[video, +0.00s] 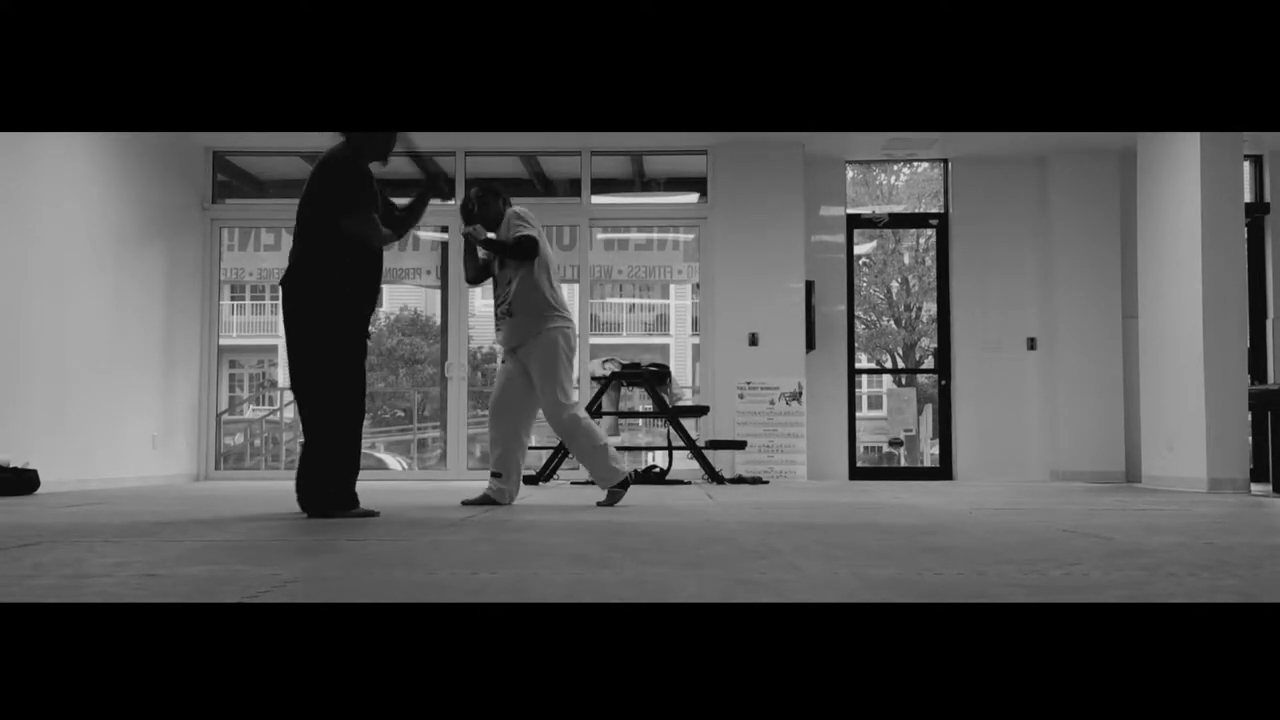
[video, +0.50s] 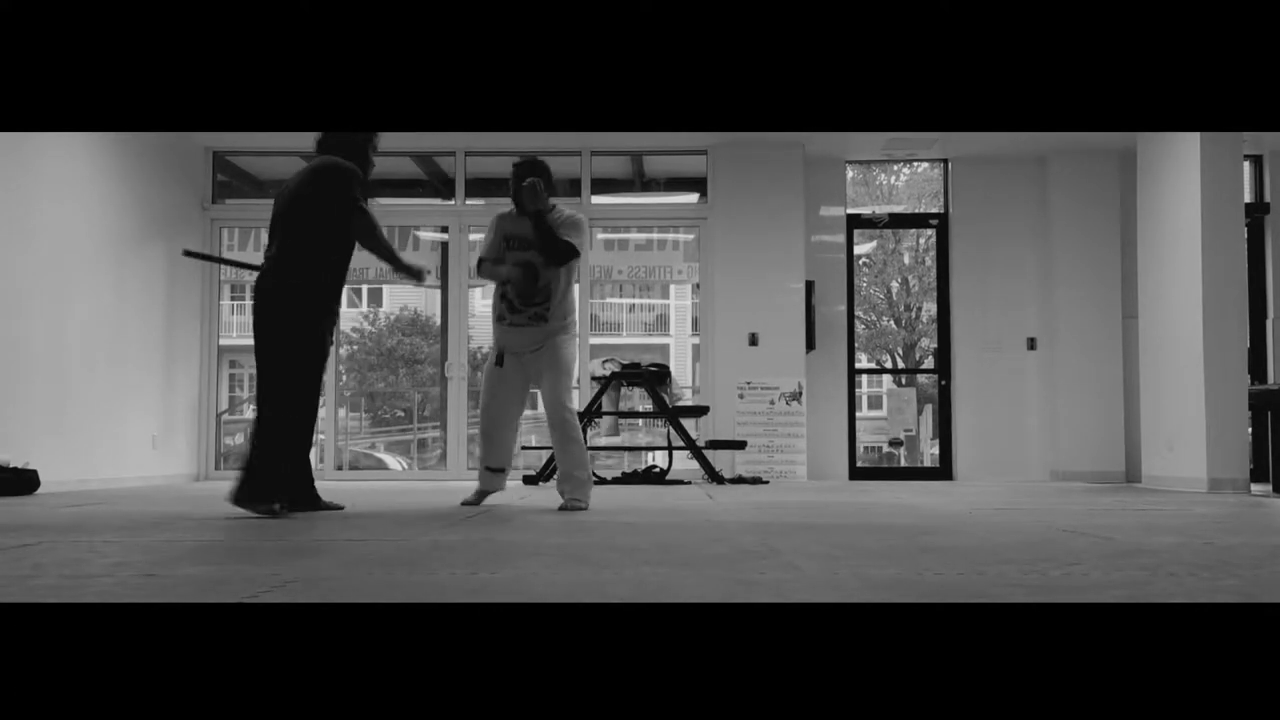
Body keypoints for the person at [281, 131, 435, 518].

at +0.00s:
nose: (393, 146)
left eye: (393, 140)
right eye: (390, 138)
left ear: (364, 135)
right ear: (372, 135)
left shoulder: (355, 171)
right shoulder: (343, 168)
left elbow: (394, 227)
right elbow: (373, 235)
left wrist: (426, 193)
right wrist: (388, 228)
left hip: (339, 305)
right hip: (325, 305)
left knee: (338, 399)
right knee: (334, 399)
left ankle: (328, 497)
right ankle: (329, 499)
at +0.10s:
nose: (388, 144)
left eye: (388, 138)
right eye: (385, 137)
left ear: (353, 137)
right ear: (367, 136)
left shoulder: (344, 169)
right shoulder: (345, 170)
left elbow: (388, 209)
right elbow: (363, 233)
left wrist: (429, 174)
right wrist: (392, 241)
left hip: (317, 305)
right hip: (331, 309)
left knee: (314, 397)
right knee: (343, 398)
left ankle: (306, 494)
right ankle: (333, 500)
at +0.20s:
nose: (380, 147)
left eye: (381, 140)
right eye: (377, 139)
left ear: (341, 138)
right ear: (360, 138)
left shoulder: (324, 167)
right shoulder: (348, 172)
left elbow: (370, 212)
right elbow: (360, 231)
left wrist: (410, 193)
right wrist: (393, 261)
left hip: (304, 304)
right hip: (331, 308)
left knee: (304, 395)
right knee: (341, 397)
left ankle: (300, 494)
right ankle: (333, 499)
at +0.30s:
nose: (379, 150)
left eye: (378, 143)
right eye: (377, 142)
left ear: (333, 138)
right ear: (364, 140)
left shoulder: (310, 173)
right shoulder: (348, 176)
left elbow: (322, 238)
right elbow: (364, 244)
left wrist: (375, 238)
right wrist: (399, 293)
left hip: (291, 305)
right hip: (324, 309)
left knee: (297, 394)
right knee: (332, 395)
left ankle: (297, 495)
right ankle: (330, 500)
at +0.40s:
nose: (376, 155)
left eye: (377, 148)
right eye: (374, 147)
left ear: (333, 141)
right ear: (358, 143)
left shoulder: (305, 176)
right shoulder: (349, 177)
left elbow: (287, 242)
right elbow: (367, 237)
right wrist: (390, 285)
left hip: (280, 302)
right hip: (314, 306)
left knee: (285, 394)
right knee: (316, 393)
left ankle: (293, 496)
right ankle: (309, 496)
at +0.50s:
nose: (372, 161)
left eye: (373, 152)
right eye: (370, 151)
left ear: (328, 145)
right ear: (353, 148)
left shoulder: (296, 183)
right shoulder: (342, 178)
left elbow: (279, 248)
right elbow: (366, 233)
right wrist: (402, 265)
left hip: (274, 299)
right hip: (303, 305)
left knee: (294, 398)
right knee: (288, 397)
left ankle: (299, 491)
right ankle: (255, 490)